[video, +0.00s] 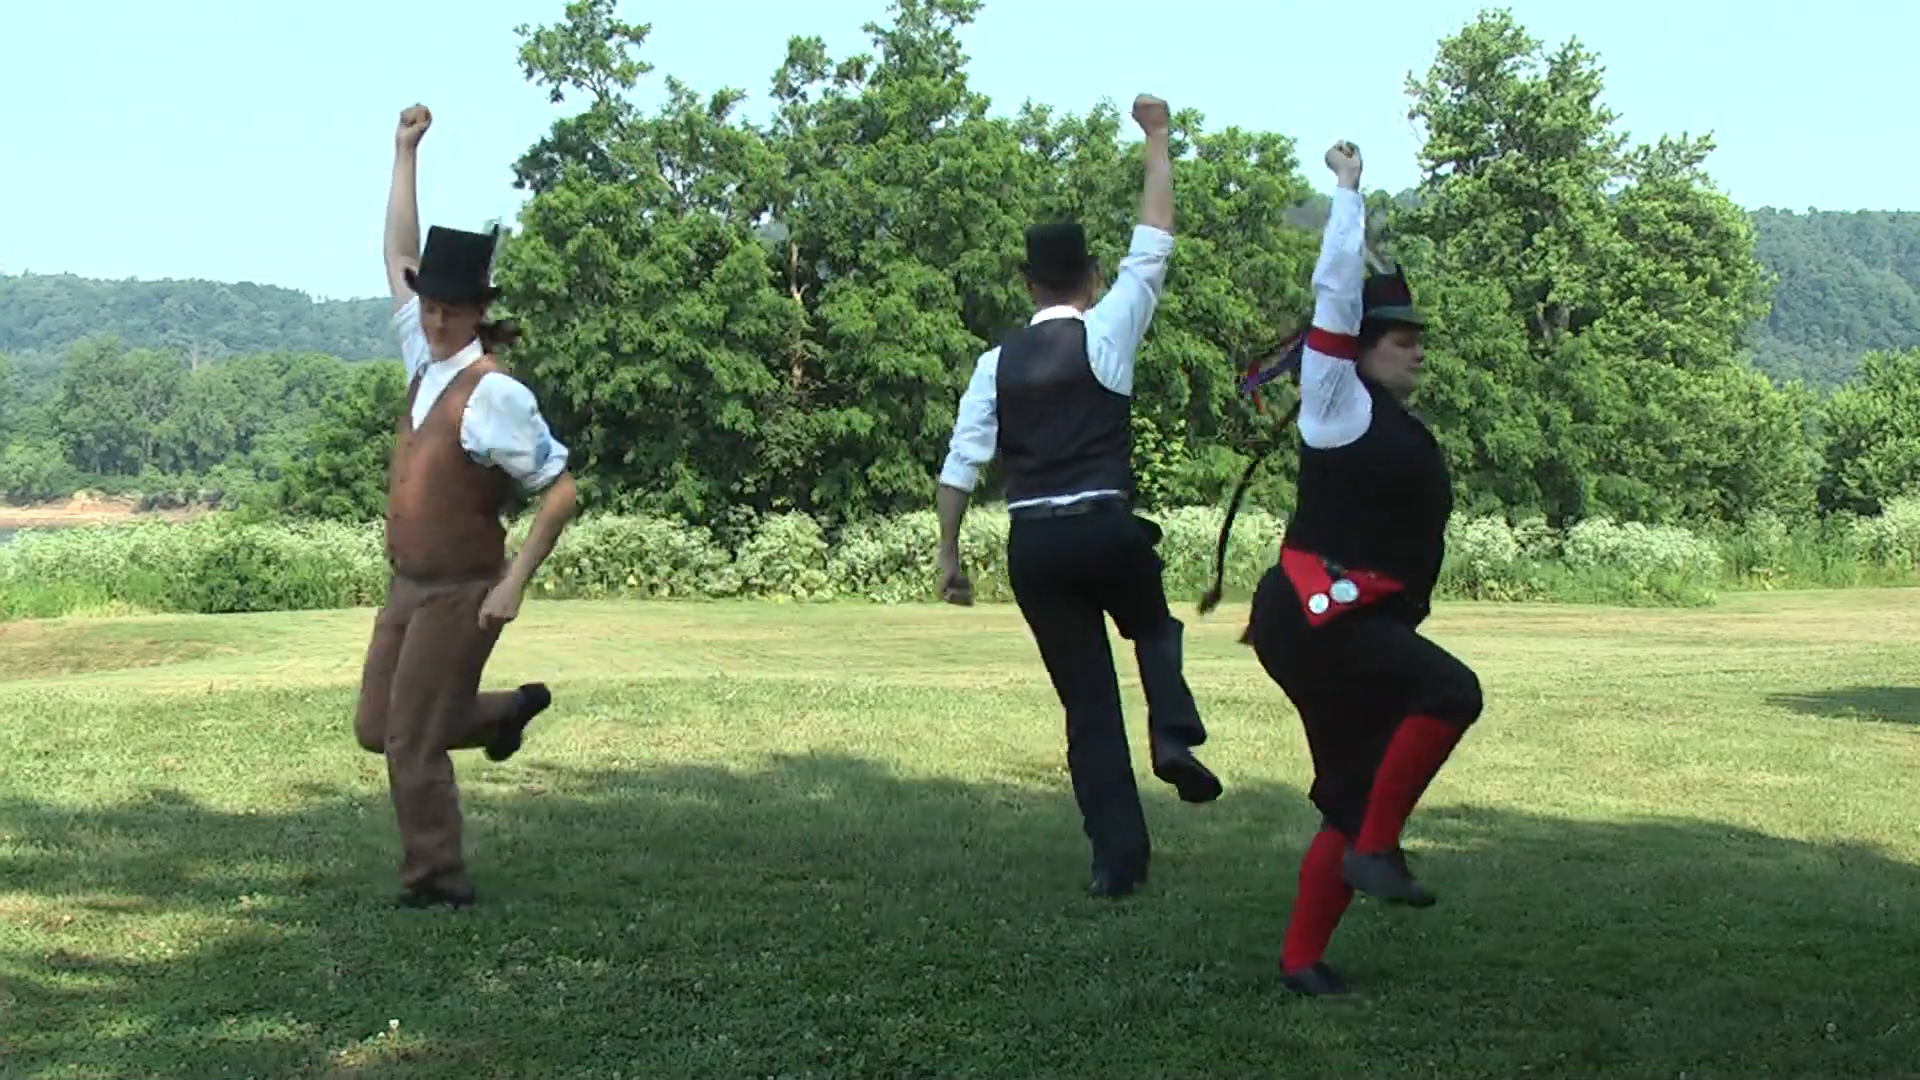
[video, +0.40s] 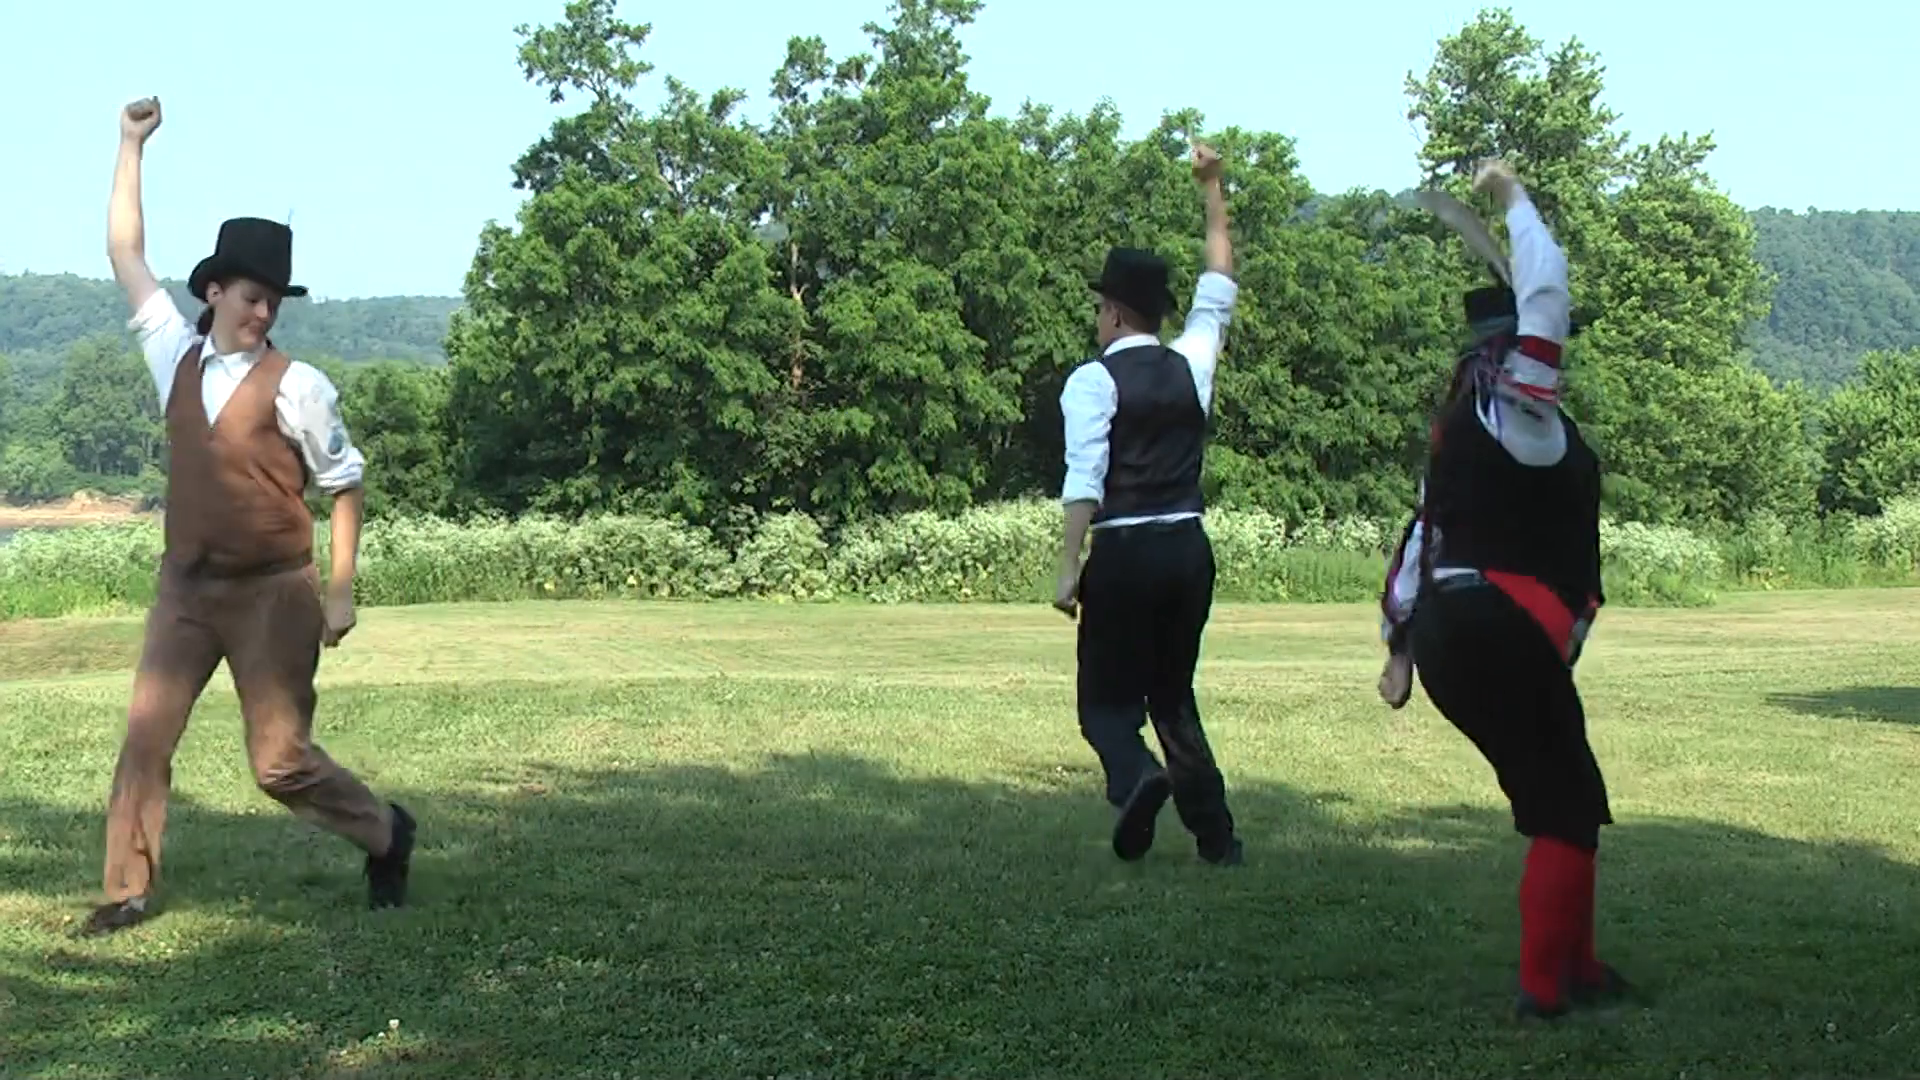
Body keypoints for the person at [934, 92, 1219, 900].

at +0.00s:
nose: (1098, 286)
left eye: (1079, 278)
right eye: (1097, 278)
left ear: (1029, 286)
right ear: (1091, 281)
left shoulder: (995, 364)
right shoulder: (1106, 333)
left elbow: (960, 463)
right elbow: (1153, 246)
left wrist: (947, 550)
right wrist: (1156, 141)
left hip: (1033, 543)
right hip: (1108, 531)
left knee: (1087, 704)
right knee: (1153, 627)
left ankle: (1118, 863)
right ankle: (1174, 742)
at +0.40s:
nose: (1096, 314)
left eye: (1100, 305)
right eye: (1101, 303)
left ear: (1113, 311)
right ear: (1158, 311)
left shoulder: (1091, 383)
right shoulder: (1191, 364)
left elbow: (1084, 483)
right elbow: (1219, 283)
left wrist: (1069, 569)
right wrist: (1213, 191)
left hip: (1121, 554)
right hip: (1188, 550)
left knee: (1102, 697)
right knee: (1172, 692)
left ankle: (1136, 782)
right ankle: (1216, 836)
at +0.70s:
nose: (1071, 260)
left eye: (1081, 250)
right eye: (1074, 249)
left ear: (1113, 256)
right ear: (1124, 255)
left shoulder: (1111, 322)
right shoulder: (1146, 296)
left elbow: (1154, 415)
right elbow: (1142, 223)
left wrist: (1156, 504)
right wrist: (1140, 134)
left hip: (1110, 500)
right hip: (1148, 500)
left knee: (1001, 573)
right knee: (1140, 655)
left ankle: (1092, 691)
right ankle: (1201, 808)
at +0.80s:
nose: (1059, 293)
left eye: (1069, 284)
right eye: (1060, 282)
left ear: (1102, 287)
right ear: (1104, 285)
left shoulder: (1106, 353)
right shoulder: (1122, 326)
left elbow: (1164, 445)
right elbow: (1109, 245)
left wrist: (1170, 537)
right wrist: (1112, 159)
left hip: (1102, 534)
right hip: (1132, 537)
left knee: (986, 583)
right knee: (1131, 680)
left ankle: (1065, 711)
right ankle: (1182, 824)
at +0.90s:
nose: (1040, 315)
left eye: (1052, 306)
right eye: (1041, 304)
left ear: (1090, 313)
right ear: (1083, 310)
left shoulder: (1097, 380)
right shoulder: (1089, 362)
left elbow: (1150, 469)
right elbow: (1076, 273)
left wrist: (1155, 563)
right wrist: (1070, 191)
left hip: (1102, 557)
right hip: (1112, 557)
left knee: (974, 603)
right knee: (1111, 695)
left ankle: (1023, 738)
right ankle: (1179, 825)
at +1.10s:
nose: (987, 317)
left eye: (1000, 306)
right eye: (985, 307)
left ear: (1038, 313)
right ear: (992, 314)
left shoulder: (1051, 374)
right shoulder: (1016, 358)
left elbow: (1080, 444)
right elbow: (968, 300)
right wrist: (931, 240)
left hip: (1068, 554)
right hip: (1071, 552)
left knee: (931, 608)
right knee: (1089, 693)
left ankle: (924, 752)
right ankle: (1174, 829)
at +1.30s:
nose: (934, 303)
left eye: (948, 294)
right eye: (932, 293)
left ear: (984, 306)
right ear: (931, 300)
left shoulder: (991, 376)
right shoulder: (937, 367)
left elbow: (993, 353)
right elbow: (897, 399)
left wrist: (959, 288)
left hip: (982, 548)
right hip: (957, 548)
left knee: (896, 679)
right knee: (997, 687)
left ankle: (883, 837)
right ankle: (1123, 781)